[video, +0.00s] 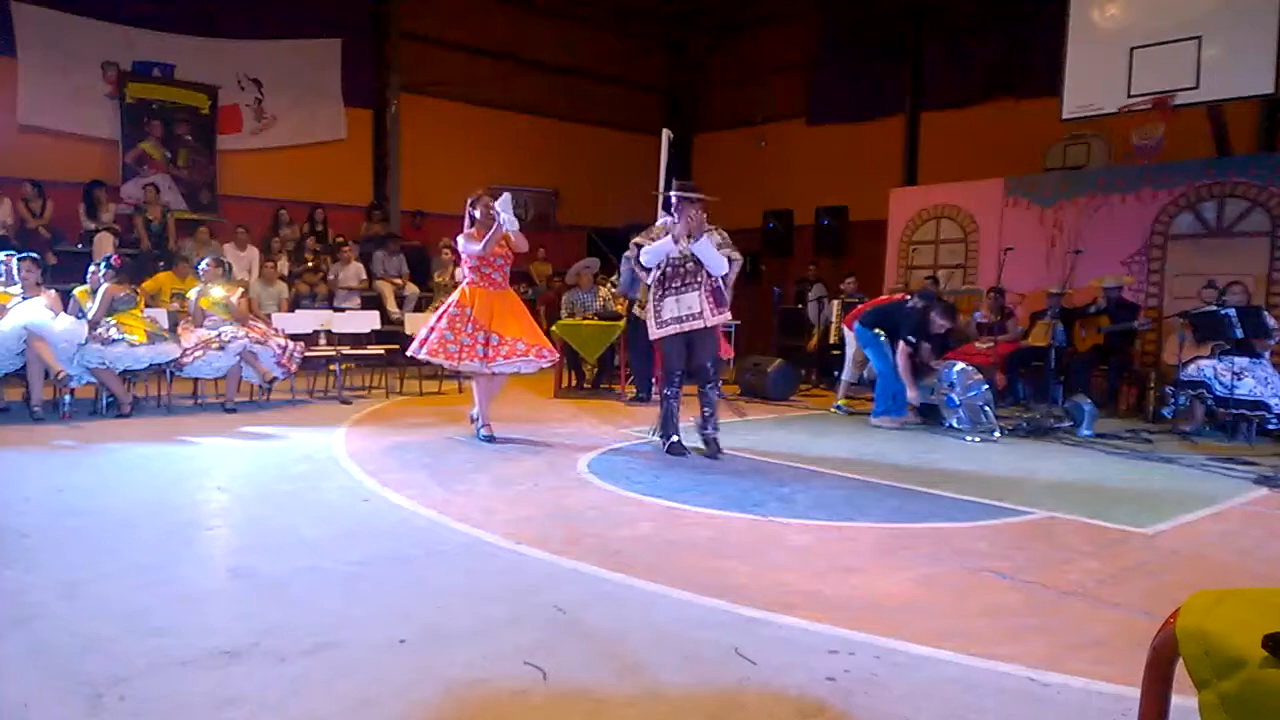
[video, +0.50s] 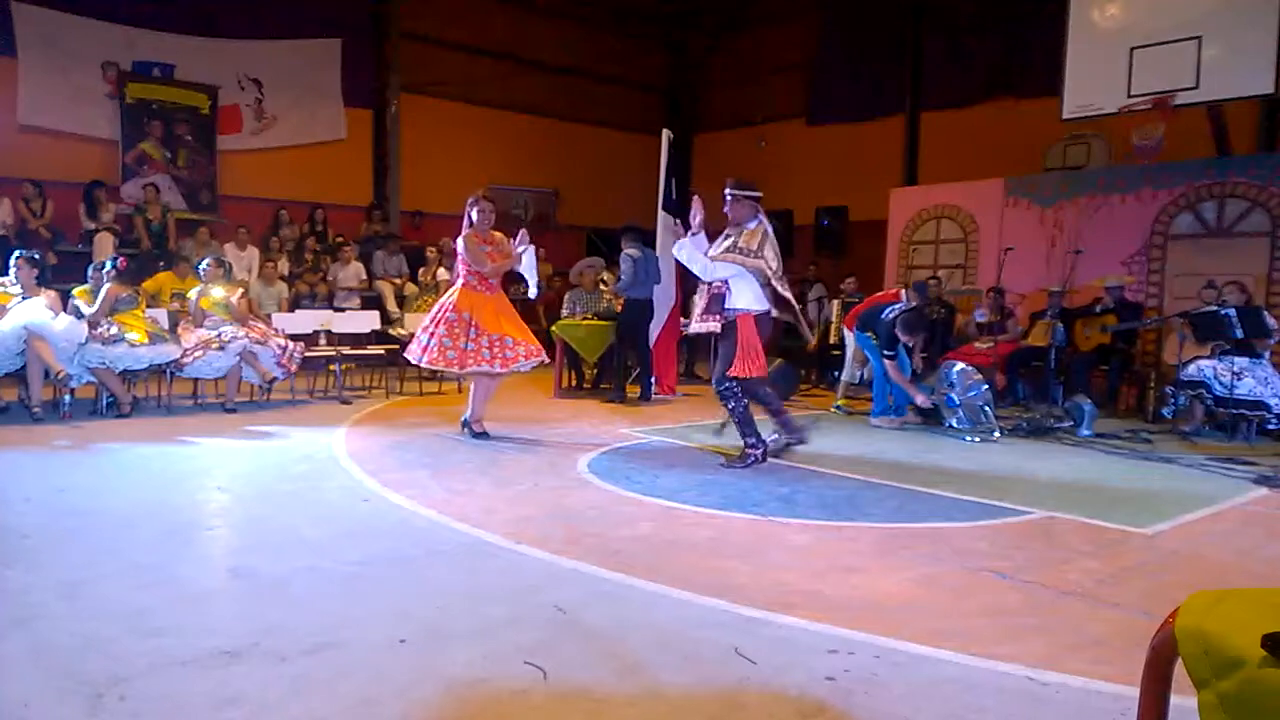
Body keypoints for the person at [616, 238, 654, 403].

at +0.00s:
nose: (630, 247)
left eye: (631, 243)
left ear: (632, 242)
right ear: (649, 241)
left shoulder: (629, 257)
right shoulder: (656, 257)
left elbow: (624, 285)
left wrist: (617, 291)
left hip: (637, 304)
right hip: (656, 302)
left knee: (638, 348)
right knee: (647, 348)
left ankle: (642, 389)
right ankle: (645, 386)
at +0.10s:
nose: (628, 243)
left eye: (629, 240)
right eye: (630, 240)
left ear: (631, 240)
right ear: (644, 239)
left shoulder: (630, 255)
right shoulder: (653, 254)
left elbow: (628, 278)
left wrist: (618, 290)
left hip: (636, 302)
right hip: (652, 301)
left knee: (636, 345)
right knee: (647, 344)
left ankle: (642, 388)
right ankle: (646, 385)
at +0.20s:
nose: (629, 244)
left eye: (630, 242)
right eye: (631, 242)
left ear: (631, 242)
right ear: (646, 243)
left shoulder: (630, 256)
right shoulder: (653, 257)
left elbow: (630, 279)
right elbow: (655, 280)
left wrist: (616, 290)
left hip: (636, 302)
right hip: (651, 301)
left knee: (636, 345)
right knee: (646, 345)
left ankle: (642, 388)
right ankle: (646, 385)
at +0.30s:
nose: (627, 244)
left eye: (627, 241)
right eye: (628, 241)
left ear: (629, 241)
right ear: (644, 240)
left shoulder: (630, 255)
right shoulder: (655, 256)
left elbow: (631, 279)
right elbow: (660, 281)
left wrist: (616, 289)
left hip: (635, 303)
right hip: (650, 303)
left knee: (632, 346)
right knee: (645, 346)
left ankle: (636, 387)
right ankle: (645, 387)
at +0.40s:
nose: (624, 244)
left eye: (625, 241)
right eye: (625, 241)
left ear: (627, 241)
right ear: (642, 240)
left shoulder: (629, 255)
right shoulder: (654, 256)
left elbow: (630, 279)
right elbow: (659, 281)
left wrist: (616, 289)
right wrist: (642, 281)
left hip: (634, 303)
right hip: (649, 302)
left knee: (627, 346)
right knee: (645, 347)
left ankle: (628, 389)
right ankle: (646, 389)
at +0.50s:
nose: (622, 245)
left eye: (622, 242)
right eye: (623, 242)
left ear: (625, 241)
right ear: (639, 240)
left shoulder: (627, 254)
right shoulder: (652, 255)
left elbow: (627, 278)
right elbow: (657, 278)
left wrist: (614, 289)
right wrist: (641, 279)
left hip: (632, 302)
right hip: (647, 302)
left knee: (622, 345)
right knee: (643, 346)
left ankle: (619, 389)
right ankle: (646, 389)